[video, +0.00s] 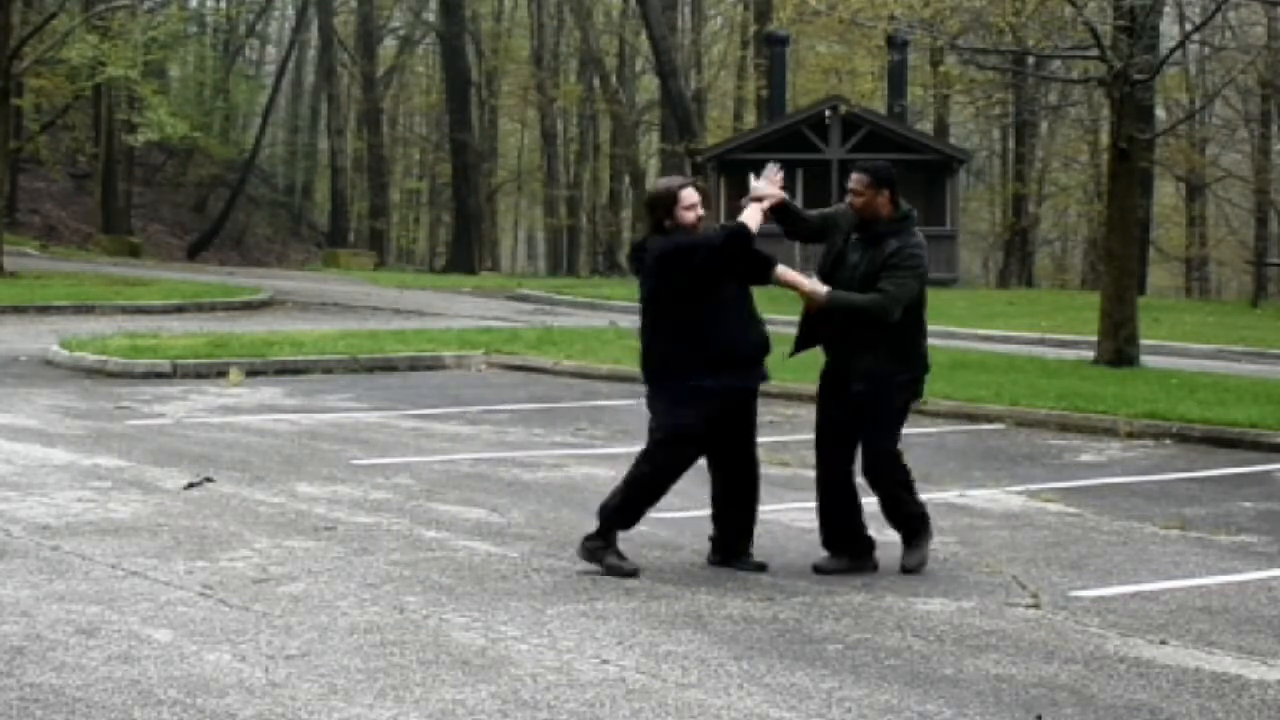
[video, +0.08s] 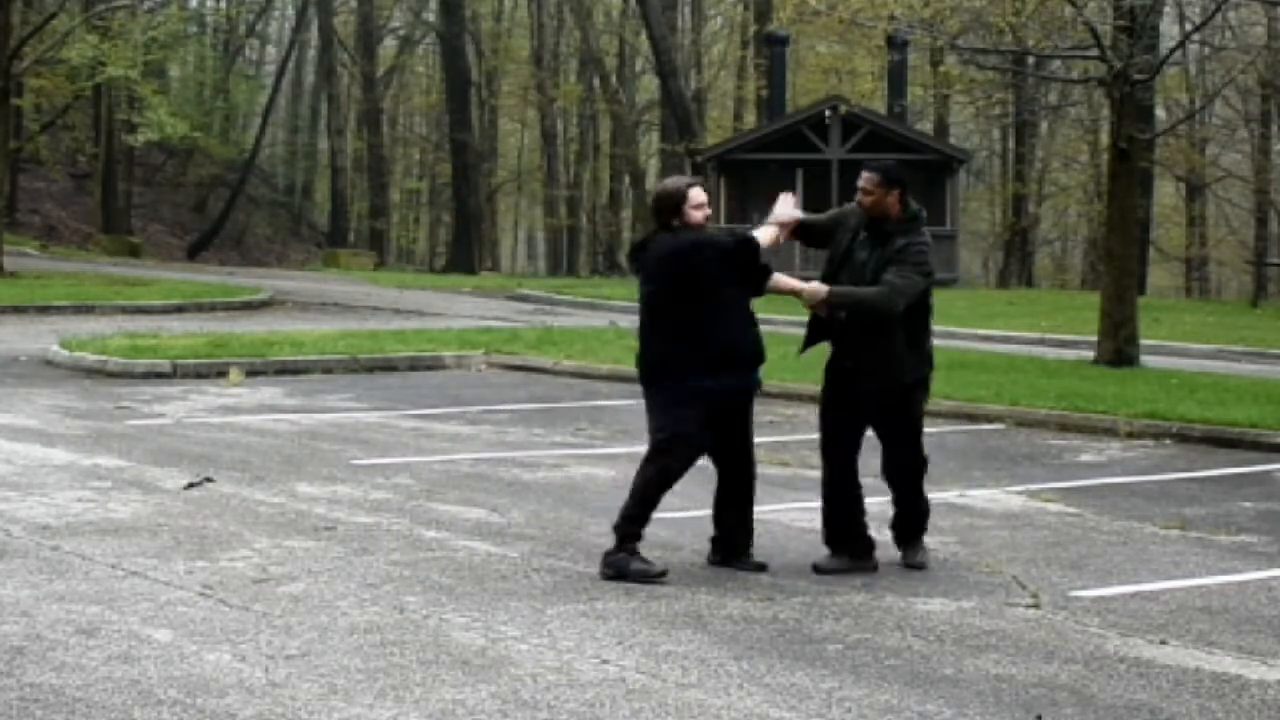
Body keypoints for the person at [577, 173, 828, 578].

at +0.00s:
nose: (699, 213)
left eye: (700, 206)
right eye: (689, 209)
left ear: (704, 208)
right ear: (667, 216)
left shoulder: (714, 245)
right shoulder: (662, 253)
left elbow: (763, 267)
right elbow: (730, 241)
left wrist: (805, 284)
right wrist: (759, 203)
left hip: (732, 378)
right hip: (683, 382)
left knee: (737, 468)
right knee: (664, 462)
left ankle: (731, 549)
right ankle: (602, 537)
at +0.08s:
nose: (707, 212)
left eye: (707, 205)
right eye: (699, 207)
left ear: (704, 210)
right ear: (675, 213)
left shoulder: (714, 249)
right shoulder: (664, 251)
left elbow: (752, 278)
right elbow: (733, 250)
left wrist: (802, 288)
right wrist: (775, 224)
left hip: (728, 378)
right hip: (677, 380)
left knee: (737, 467)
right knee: (670, 457)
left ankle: (731, 549)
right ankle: (622, 550)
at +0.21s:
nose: (725, 218)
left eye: (723, 210)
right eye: (717, 212)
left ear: (685, 218)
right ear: (695, 218)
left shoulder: (666, 255)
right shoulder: (699, 257)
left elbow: (737, 299)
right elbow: (749, 292)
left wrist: (801, 300)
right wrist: (780, 277)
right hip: (686, 384)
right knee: (681, 464)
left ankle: (728, 549)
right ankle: (649, 559)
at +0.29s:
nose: (728, 226)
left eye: (727, 218)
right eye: (722, 219)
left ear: (690, 225)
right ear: (701, 224)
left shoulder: (665, 262)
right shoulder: (702, 264)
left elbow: (732, 306)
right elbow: (744, 305)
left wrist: (799, 311)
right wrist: (782, 283)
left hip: (650, 382)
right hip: (683, 389)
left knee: (671, 467)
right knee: (689, 467)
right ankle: (659, 565)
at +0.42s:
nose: (726, 229)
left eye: (725, 221)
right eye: (721, 222)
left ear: (684, 226)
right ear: (700, 227)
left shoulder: (659, 262)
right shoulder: (695, 268)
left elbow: (703, 307)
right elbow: (737, 318)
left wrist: (751, 308)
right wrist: (775, 291)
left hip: (643, 384)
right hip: (675, 392)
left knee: (703, 466)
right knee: (692, 469)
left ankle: (722, 548)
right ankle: (661, 566)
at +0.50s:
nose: (714, 227)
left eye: (713, 218)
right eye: (710, 219)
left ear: (673, 223)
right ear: (692, 225)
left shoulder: (647, 261)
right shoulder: (684, 263)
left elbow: (687, 306)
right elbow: (726, 315)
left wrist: (723, 283)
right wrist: (766, 283)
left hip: (643, 386)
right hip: (671, 392)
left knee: (703, 459)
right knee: (692, 466)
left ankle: (708, 545)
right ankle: (662, 564)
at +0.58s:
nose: (697, 223)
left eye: (695, 214)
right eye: (692, 215)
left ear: (653, 221)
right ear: (673, 221)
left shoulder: (634, 260)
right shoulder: (672, 260)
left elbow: (709, 281)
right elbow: (718, 302)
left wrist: (740, 236)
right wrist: (760, 265)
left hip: (634, 385)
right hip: (674, 390)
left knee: (654, 462)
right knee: (698, 465)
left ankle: (659, 546)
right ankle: (663, 564)